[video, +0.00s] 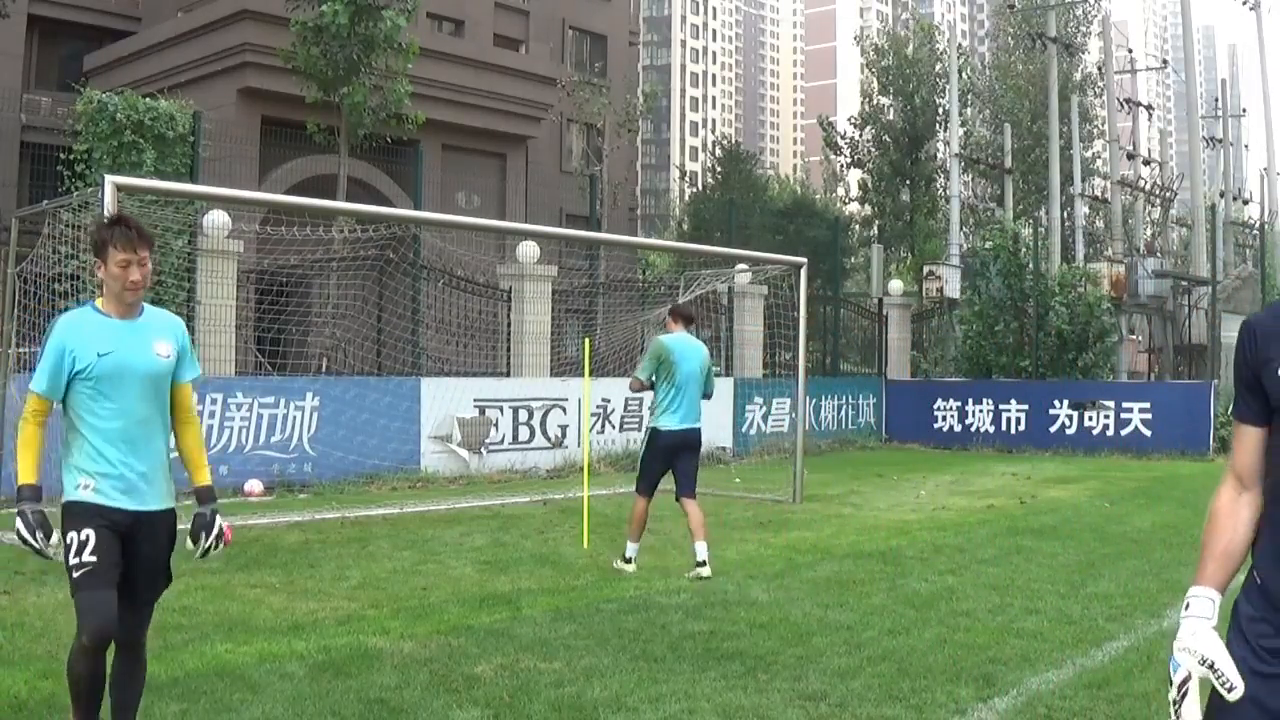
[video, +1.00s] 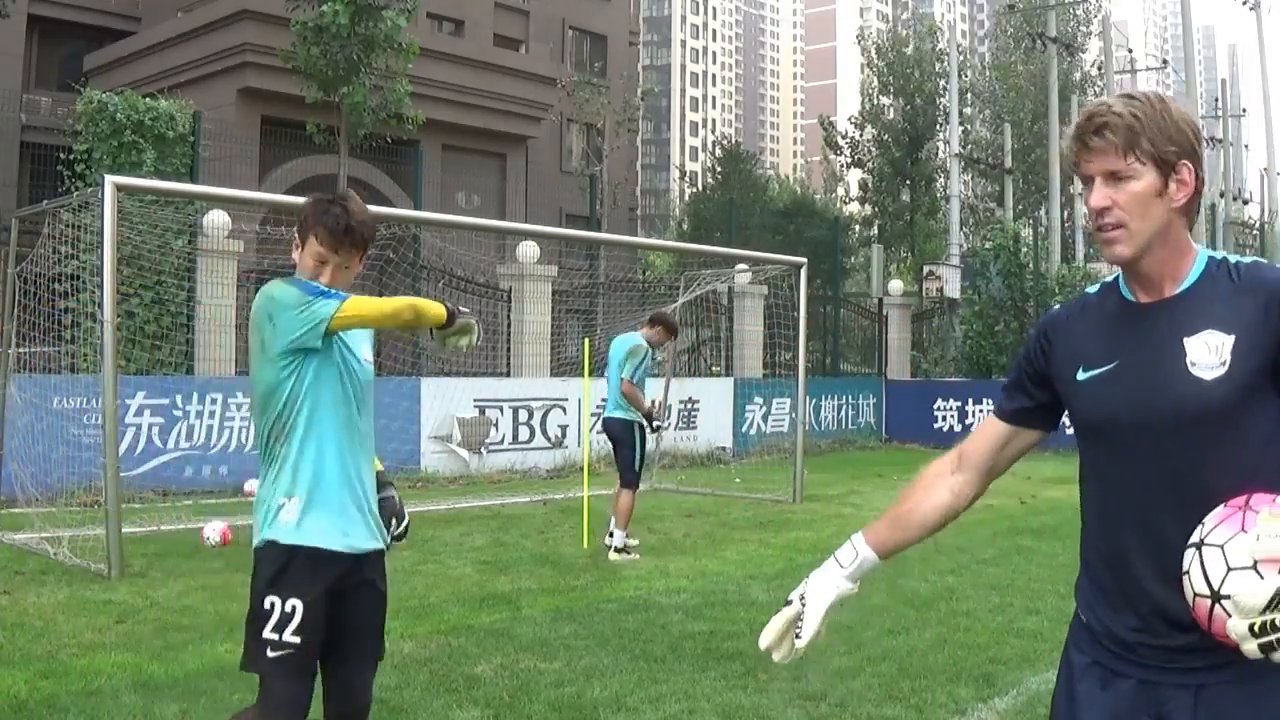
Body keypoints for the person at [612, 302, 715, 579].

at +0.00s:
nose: (665, 326)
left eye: (666, 322)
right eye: (667, 322)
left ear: (671, 321)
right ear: (690, 323)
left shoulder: (661, 343)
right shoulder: (703, 349)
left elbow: (636, 384)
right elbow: (707, 392)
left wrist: (658, 382)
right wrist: (680, 382)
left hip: (663, 434)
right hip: (692, 434)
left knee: (643, 495)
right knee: (688, 497)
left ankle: (629, 557)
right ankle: (702, 562)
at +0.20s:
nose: (649, 325)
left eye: (649, 321)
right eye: (655, 322)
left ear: (650, 320)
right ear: (671, 324)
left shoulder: (630, 343)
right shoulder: (682, 349)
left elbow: (613, 387)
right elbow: (697, 395)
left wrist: (630, 373)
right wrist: (671, 398)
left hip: (636, 430)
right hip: (666, 431)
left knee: (629, 491)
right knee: (661, 488)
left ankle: (628, 557)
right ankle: (673, 533)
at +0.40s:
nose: (643, 326)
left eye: (643, 322)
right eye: (663, 333)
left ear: (642, 321)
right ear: (664, 330)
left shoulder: (615, 340)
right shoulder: (668, 350)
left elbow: (601, 380)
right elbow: (681, 393)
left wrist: (619, 362)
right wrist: (678, 411)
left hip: (621, 427)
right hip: (651, 429)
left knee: (624, 489)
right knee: (645, 488)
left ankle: (626, 554)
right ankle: (630, 541)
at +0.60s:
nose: (660, 339)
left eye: (661, 336)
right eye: (663, 336)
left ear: (643, 324)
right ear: (662, 333)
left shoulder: (611, 342)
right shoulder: (659, 353)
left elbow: (601, 382)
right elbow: (660, 394)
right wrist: (671, 421)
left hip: (611, 428)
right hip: (641, 429)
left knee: (615, 490)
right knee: (632, 492)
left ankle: (621, 542)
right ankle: (619, 547)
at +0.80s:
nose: (662, 345)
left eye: (664, 341)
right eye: (664, 340)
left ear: (646, 326)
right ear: (659, 332)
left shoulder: (612, 341)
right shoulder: (652, 351)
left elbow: (599, 381)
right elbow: (646, 394)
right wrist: (659, 421)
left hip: (609, 424)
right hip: (634, 426)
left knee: (616, 480)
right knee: (631, 488)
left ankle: (604, 522)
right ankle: (617, 548)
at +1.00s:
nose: (664, 344)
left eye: (667, 340)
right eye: (665, 338)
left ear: (649, 326)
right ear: (656, 328)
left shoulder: (621, 340)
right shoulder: (641, 348)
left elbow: (617, 384)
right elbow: (626, 387)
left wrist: (645, 407)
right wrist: (647, 412)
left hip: (612, 418)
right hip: (627, 420)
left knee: (625, 480)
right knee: (630, 484)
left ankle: (614, 530)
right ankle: (618, 545)